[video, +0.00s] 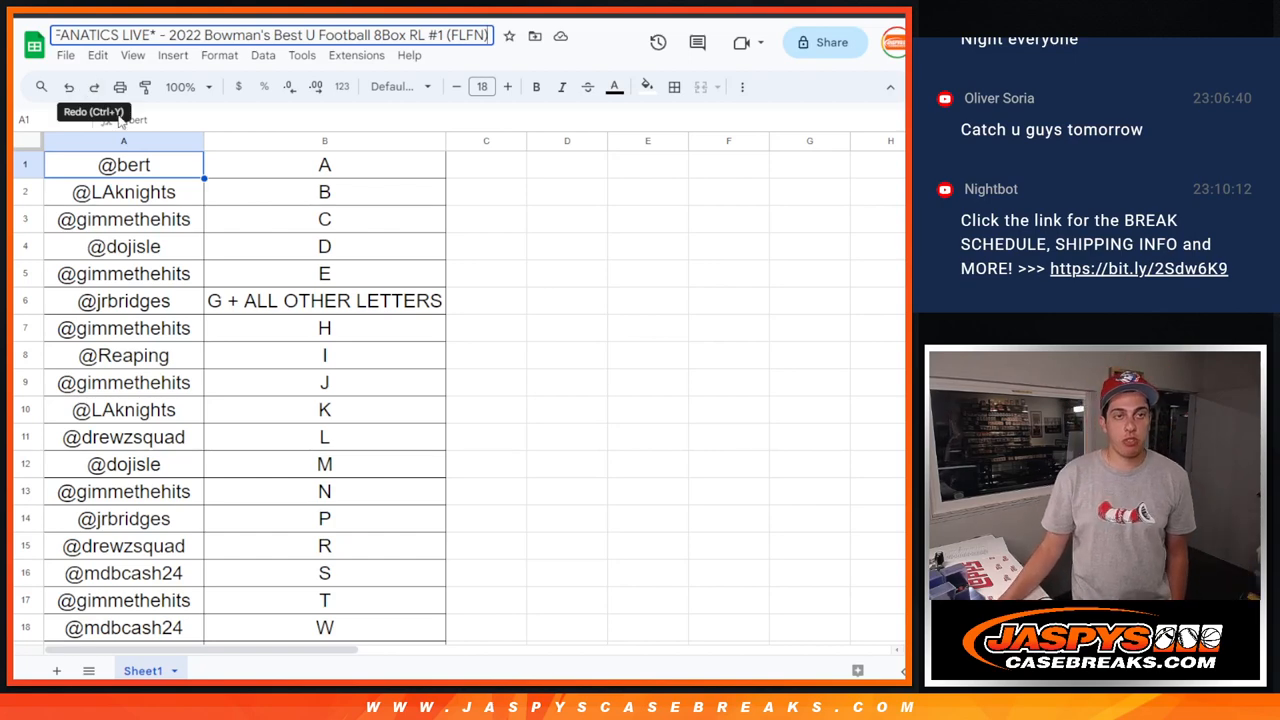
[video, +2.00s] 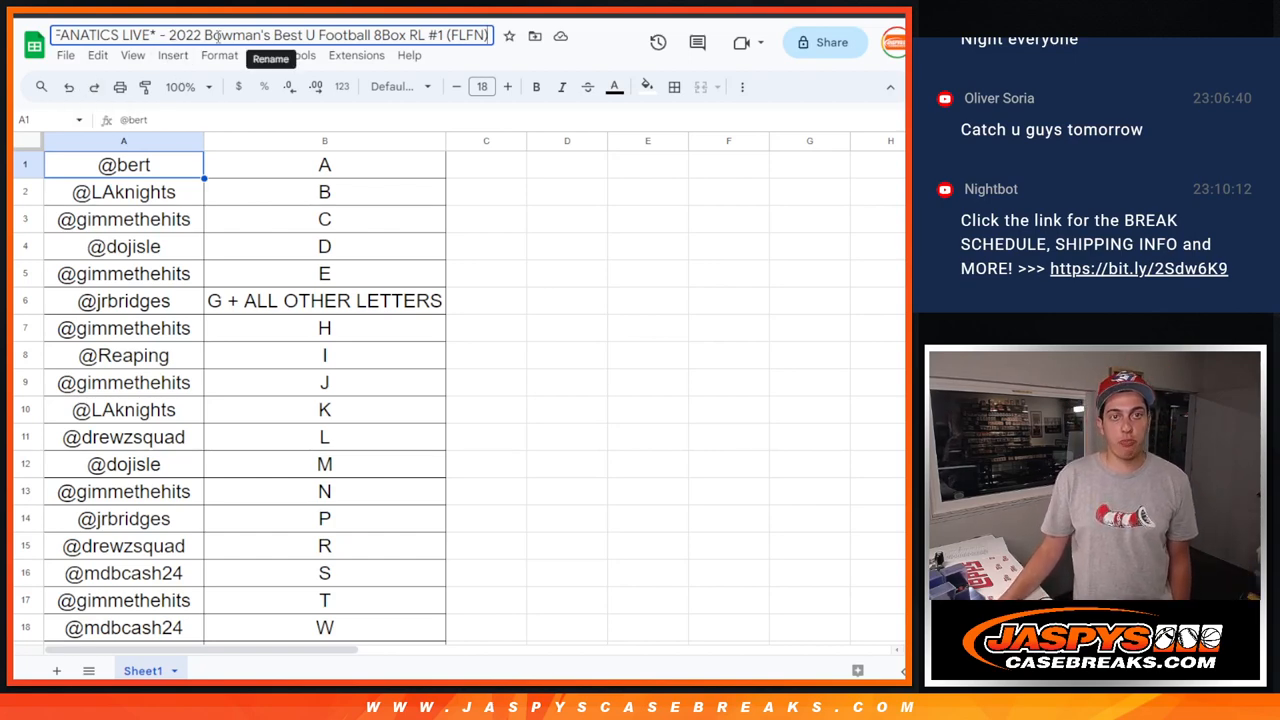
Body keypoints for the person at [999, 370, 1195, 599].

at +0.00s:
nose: (1130, 426)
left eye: (1140, 414)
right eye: (1119, 415)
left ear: (1150, 421)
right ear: (1103, 423)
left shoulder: (1174, 477)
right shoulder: (1075, 475)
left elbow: (1177, 552)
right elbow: (1050, 548)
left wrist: (1176, 604)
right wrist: (1006, 600)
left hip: (1151, 602)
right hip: (1089, 602)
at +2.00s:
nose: (1127, 427)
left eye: (1136, 415)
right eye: (1115, 416)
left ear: (1148, 421)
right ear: (1100, 424)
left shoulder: (1174, 481)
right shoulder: (1073, 477)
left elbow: (1179, 557)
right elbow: (1050, 550)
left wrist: (1180, 611)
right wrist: (1005, 601)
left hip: (1152, 607)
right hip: (1090, 607)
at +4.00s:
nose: (1126, 428)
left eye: (1136, 416)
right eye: (1115, 417)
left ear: (1149, 421)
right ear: (1101, 425)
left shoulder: (1175, 481)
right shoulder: (1073, 476)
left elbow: (1179, 557)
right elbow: (1051, 550)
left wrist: (1180, 611)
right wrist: (1007, 599)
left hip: (1153, 607)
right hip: (1090, 607)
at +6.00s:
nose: (1125, 427)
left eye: (1135, 415)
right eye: (1114, 416)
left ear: (1150, 421)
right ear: (1101, 425)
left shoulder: (1175, 481)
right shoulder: (1074, 476)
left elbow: (1179, 557)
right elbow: (1051, 549)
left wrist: (1179, 611)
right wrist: (1007, 600)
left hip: (1153, 608)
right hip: (1090, 608)